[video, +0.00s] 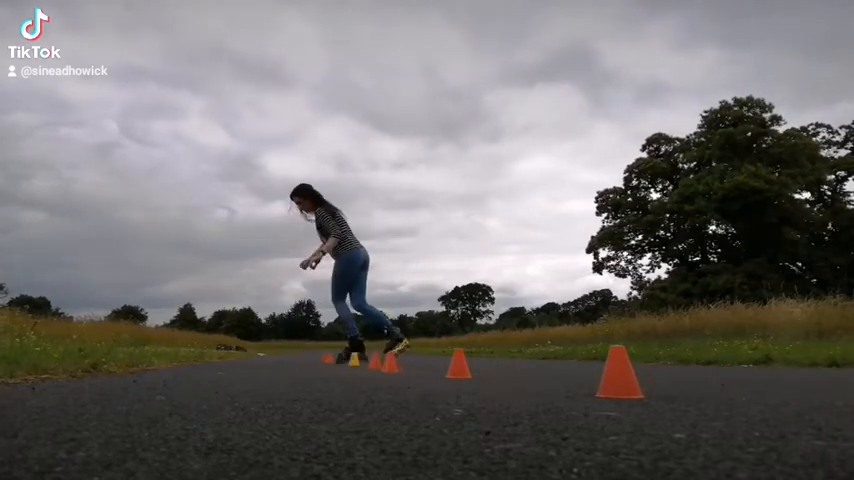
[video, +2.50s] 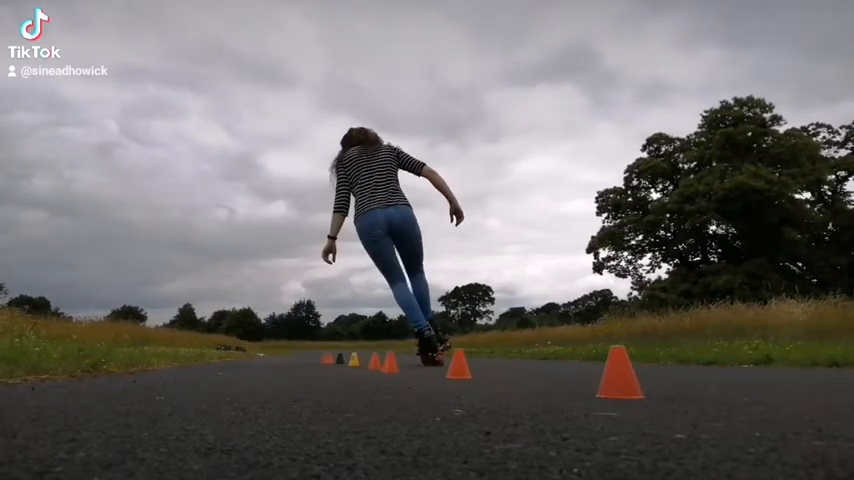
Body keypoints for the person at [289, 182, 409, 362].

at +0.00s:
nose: (299, 208)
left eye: (300, 203)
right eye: (297, 204)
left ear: (309, 198)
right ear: (313, 198)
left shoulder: (322, 213)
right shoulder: (329, 210)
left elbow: (335, 235)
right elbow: (327, 241)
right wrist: (311, 258)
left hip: (348, 257)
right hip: (360, 254)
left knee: (338, 300)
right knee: (359, 303)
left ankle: (355, 342)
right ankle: (395, 335)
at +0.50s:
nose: (341, 180)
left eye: (343, 175)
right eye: (339, 177)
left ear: (356, 172)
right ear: (338, 178)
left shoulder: (373, 192)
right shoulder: (343, 198)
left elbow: (400, 205)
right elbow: (325, 218)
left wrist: (428, 211)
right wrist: (307, 235)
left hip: (380, 250)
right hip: (359, 252)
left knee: (385, 295)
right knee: (367, 293)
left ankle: (419, 331)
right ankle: (372, 336)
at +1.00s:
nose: (324, 164)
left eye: (326, 159)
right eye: (321, 160)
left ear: (339, 157)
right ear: (323, 162)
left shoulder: (358, 180)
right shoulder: (326, 184)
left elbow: (383, 200)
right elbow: (319, 210)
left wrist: (409, 212)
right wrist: (299, 231)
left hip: (352, 242)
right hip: (328, 243)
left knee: (344, 293)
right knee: (332, 287)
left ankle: (352, 338)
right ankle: (332, 337)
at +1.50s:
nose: (279, 164)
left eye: (279, 159)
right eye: (277, 160)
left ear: (287, 154)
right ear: (296, 151)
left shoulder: (298, 170)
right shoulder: (318, 170)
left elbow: (293, 206)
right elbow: (340, 206)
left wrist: (275, 232)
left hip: (314, 231)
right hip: (325, 232)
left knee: (280, 276)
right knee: (286, 280)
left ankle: (274, 334)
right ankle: (283, 334)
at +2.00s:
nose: (296, 172)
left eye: (296, 168)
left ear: (299, 165)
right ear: (323, 156)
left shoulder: (300, 181)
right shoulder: (341, 167)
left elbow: (292, 222)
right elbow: (371, 180)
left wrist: (277, 248)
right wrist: (399, 203)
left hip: (326, 231)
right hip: (356, 230)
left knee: (317, 286)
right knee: (334, 288)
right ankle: (337, 336)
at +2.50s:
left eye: (343, 148)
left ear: (346, 145)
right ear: (373, 138)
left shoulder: (345, 161)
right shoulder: (389, 150)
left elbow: (341, 203)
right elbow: (427, 171)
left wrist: (331, 239)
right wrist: (453, 200)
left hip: (369, 220)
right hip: (402, 213)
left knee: (397, 281)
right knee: (416, 272)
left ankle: (426, 333)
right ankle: (426, 335)